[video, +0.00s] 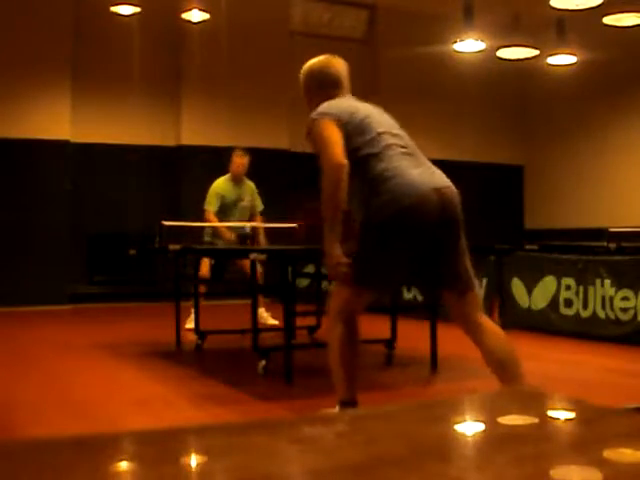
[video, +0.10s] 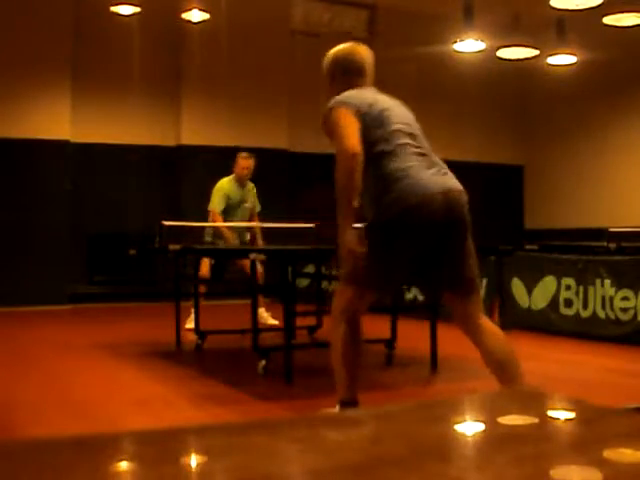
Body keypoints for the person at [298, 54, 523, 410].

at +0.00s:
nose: (305, 100)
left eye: (305, 93)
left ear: (308, 91)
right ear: (345, 86)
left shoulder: (324, 115)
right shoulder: (372, 111)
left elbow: (337, 165)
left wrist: (332, 241)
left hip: (396, 204)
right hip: (444, 196)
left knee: (342, 310)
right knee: (471, 315)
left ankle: (346, 405)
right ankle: (524, 397)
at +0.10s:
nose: (328, 86)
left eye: (327, 79)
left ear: (332, 78)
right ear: (369, 76)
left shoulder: (342, 104)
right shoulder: (395, 105)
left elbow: (352, 151)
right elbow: (418, 160)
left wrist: (348, 223)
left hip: (403, 203)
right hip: (451, 197)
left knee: (345, 309)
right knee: (470, 314)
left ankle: (347, 404)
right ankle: (523, 397)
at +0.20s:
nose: (350, 72)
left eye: (351, 65)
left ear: (354, 65)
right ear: (393, 65)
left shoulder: (360, 91)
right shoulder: (417, 97)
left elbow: (369, 124)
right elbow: (442, 152)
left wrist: (369, 199)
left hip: (405, 202)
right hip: (455, 199)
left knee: (345, 306)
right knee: (487, 317)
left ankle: (342, 405)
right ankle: (531, 403)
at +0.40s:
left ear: (380, 54)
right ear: (421, 53)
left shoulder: (367, 84)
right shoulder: (447, 90)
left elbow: (346, 121)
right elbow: (478, 148)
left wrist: (339, 186)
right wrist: (441, 164)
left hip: (394, 204)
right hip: (454, 203)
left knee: (350, 313)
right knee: (489, 308)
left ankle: (330, 403)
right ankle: (524, 396)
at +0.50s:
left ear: (396, 65)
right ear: (437, 65)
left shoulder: (376, 99)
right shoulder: (461, 105)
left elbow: (336, 147)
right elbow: (494, 162)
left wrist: (323, 215)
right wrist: (468, 194)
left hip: (398, 217)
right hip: (461, 216)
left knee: (352, 314)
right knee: (498, 315)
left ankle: (334, 403)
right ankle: (524, 401)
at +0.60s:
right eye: (464, 73)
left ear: (423, 76)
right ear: (461, 78)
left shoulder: (398, 108)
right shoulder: (484, 115)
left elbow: (353, 159)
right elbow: (509, 171)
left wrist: (352, 218)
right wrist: (515, 219)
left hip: (404, 217)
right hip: (467, 217)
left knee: (360, 315)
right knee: (509, 317)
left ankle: (336, 404)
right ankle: (524, 409)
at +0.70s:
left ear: (466, 84)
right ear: (503, 88)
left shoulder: (437, 113)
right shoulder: (513, 120)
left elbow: (384, 154)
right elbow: (518, 164)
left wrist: (370, 213)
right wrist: (545, 228)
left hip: (414, 212)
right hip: (475, 216)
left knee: (379, 313)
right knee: (516, 323)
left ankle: (342, 402)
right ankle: (525, 414)